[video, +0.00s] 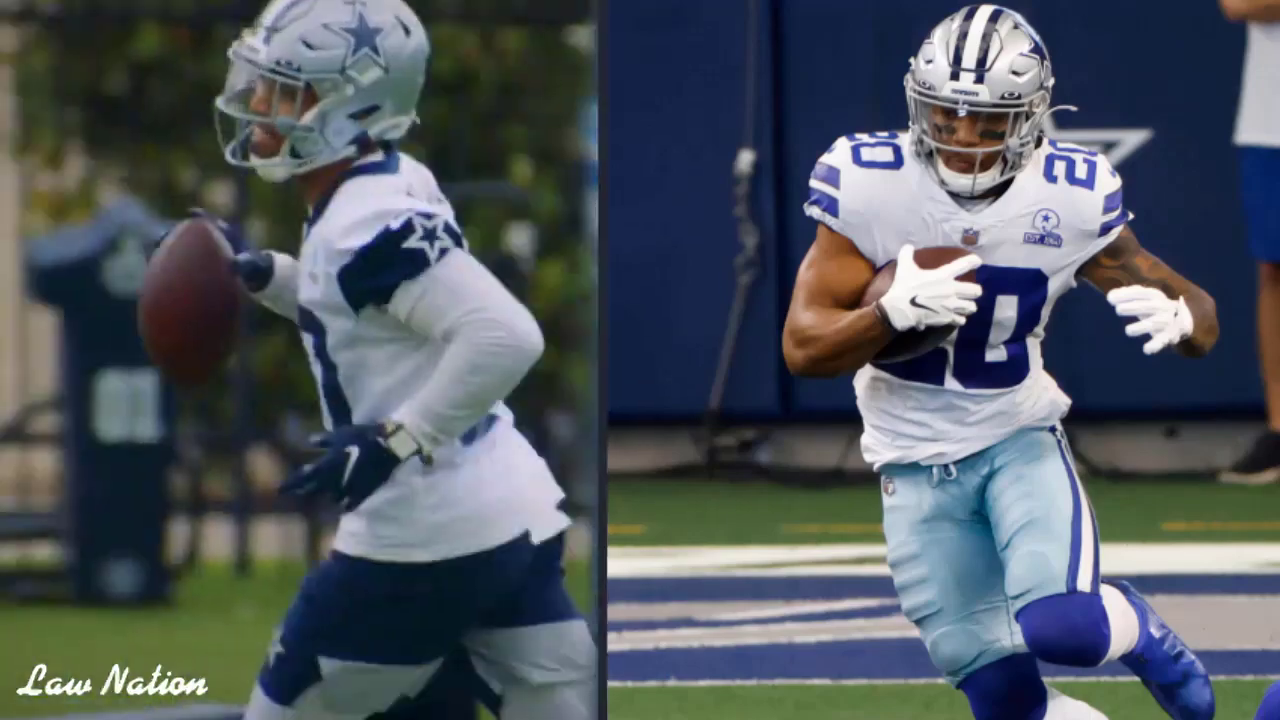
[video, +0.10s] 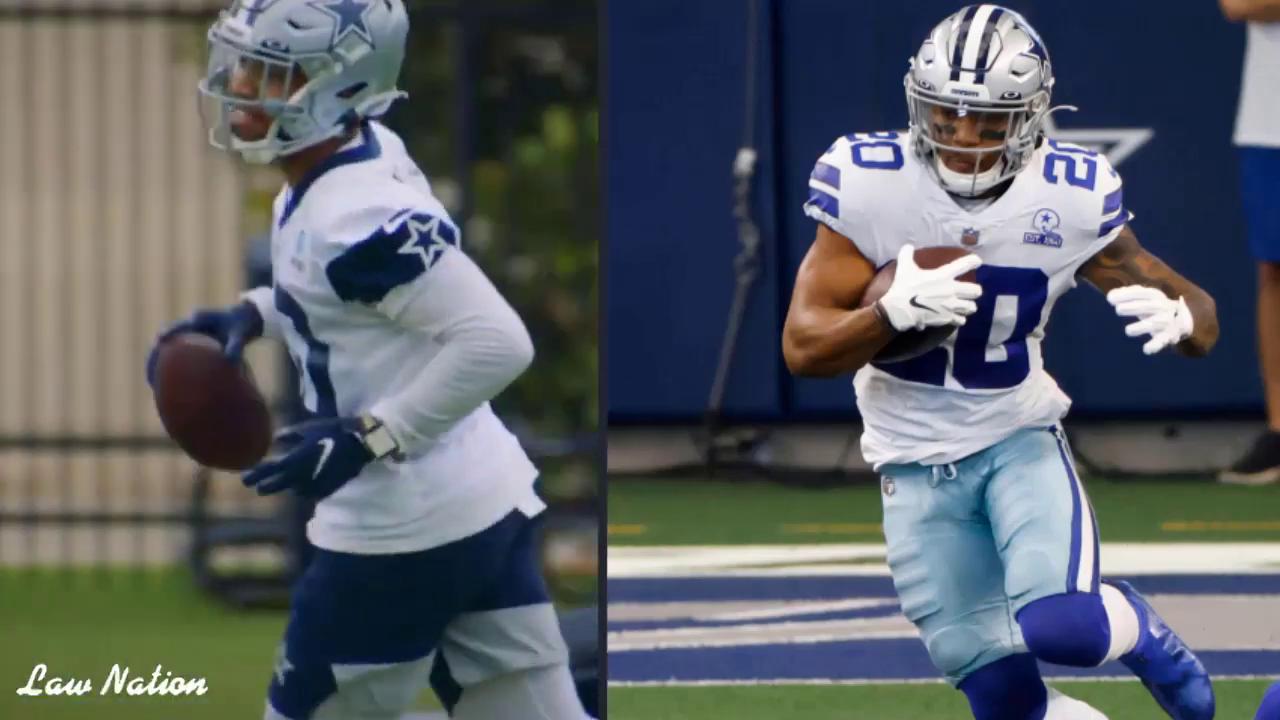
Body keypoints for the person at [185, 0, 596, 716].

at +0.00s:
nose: (259, 107)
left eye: (284, 92)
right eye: (263, 87)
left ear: (346, 102)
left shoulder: (362, 222)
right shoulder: (396, 184)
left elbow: (502, 334)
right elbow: (373, 316)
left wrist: (397, 439)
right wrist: (266, 278)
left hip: (420, 535)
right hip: (514, 512)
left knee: (286, 710)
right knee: (560, 706)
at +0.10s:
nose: (241, 92)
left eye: (268, 77)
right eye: (239, 71)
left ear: (328, 90)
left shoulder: (352, 213)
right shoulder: (360, 153)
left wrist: (372, 437)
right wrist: (249, 319)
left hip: (393, 529)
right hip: (481, 499)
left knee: (318, 709)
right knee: (538, 712)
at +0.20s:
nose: (273, 140)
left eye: (303, 125)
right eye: (274, 116)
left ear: (362, 137)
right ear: (260, 109)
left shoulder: (389, 280)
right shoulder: (408, 195)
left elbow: (484, 446)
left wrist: (343, 504)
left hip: (435, 591)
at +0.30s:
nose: (306, 140)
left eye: (334, 125)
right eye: (309, 118)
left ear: (398, 141)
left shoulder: (411, 285)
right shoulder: (469, 213)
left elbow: (449, 476)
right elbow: (576, 310)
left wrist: (295, 460)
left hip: (502, 618)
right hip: (437, 597)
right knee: (351, 708)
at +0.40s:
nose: (327, 100)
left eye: (353, 81)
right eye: (329, 77)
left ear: (417, 94)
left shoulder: (419, 235)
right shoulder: (507, 175)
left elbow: (454, 419)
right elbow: (590, 292)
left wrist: (318, 381)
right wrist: (526, 386)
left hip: (514, 562)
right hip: (423, 552)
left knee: (562, 708)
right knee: (329, 711)